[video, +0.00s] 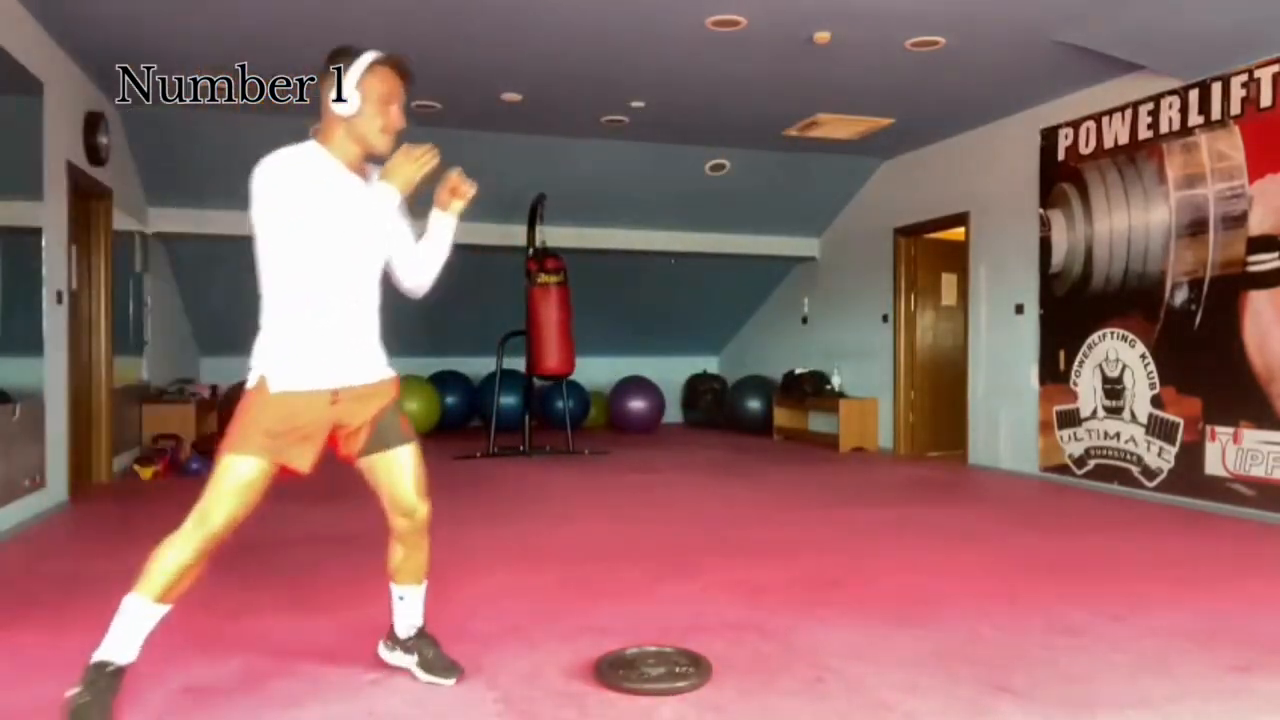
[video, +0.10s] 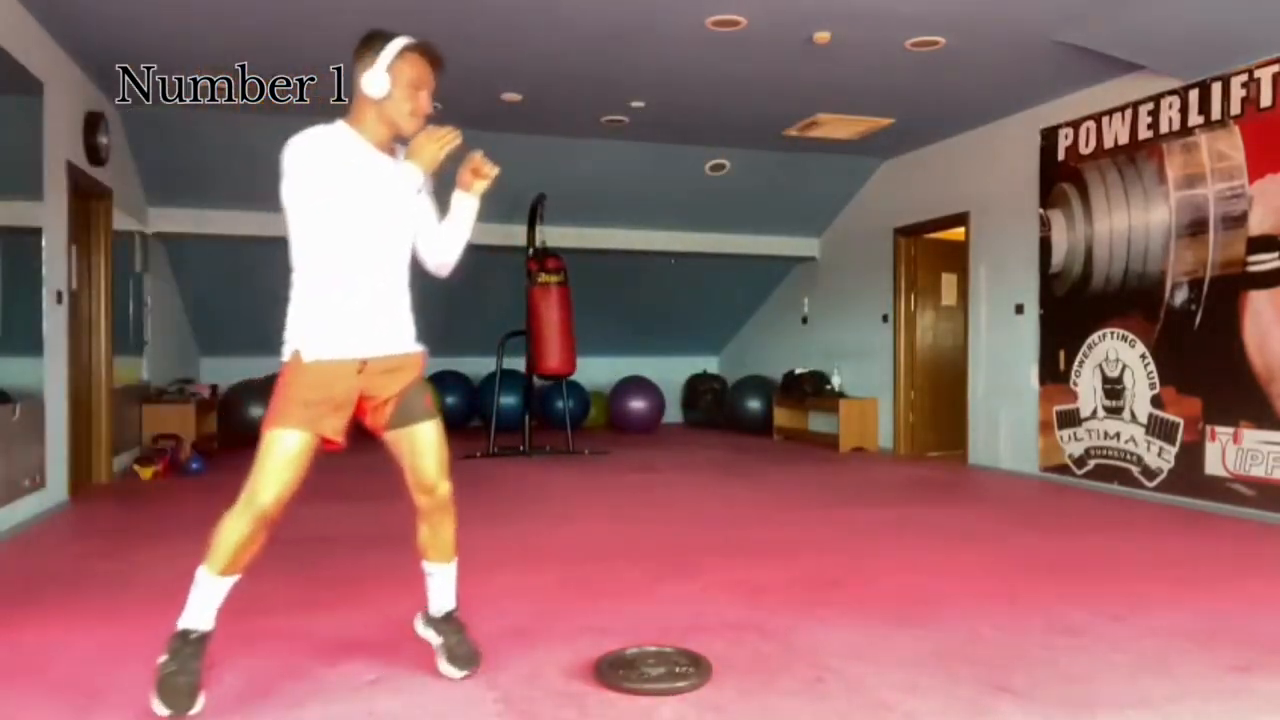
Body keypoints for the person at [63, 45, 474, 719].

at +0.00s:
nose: (400, 122)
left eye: (402, 109)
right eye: (388, 106)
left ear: (385, 113)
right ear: (342, 104)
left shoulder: (377, 193)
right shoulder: (279, 172)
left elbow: (415, 279)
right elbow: (323, 248)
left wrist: (445, 213)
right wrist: (394, 188)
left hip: (368, 384)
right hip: (286, 387)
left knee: (413, 510)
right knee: (209, 525)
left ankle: (407, 637)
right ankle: (110, 661)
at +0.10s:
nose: (425, 107)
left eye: (430, 95)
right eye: (416, 91)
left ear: (424, 100)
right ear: (373, 85)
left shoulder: (406, 168)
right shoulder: (309, 150)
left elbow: (440, 259)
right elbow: (340, 230)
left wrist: (468, 196)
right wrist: (414, 168)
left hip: (397, 358)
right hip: (318, 358)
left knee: (436, 488)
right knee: (264, 501)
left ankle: (442, 616)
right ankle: (191, 636)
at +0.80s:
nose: (343, 172)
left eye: (347, 160)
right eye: (333, 157)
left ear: (341, 164)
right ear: (288, 153)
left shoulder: (324, 240)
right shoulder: (215, 221)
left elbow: (343, 333)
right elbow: (254, 301)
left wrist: (380, 286)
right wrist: (329, 243)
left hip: (308, 422)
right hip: (224, 426)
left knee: (383, 542)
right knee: (181, 569)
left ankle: (323, 613)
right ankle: (118, 687)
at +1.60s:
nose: (345, 148)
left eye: (350, 137)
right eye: (334, 132)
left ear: (350, 143)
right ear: (295, 129)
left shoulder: (336, 213)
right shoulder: (227, 192)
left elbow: (372, 300)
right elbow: (268, 260)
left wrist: (403, 245)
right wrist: (338, 208)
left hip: (327, 387)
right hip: (246, 395)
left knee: (411, 497)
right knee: (191, 538)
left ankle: (404, 603)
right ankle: (126, 663)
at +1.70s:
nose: (316, 170)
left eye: (321, 158)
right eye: (305, 154)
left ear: (320, 162)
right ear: (263, 152)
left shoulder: (311, 230)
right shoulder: (196, 223)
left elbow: (329, 319)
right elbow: (233, 302)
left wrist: (389, 315)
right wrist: (309, 243)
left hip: (305, 412)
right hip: (219, 419)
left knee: (386, 520)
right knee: (167, 558)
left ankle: (367, 619)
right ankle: (123, 672)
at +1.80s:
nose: (315, 152)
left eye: (323, 141)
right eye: (305, 136)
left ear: (323, 147)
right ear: (263, 132)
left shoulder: (313, 206)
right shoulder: (196, 200)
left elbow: (334, 291)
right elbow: (234, 268)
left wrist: (410, 299)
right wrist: (310, 207)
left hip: (317, 393)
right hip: (229, 403)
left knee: (402, 503)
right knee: (174, 541)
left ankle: (396, 604)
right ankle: (125, 668)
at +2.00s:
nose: (365, 142)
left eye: (373, 132)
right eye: (355, 127)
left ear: (375, 134)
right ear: (315, 120)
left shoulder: (375, 191)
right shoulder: (255, 184)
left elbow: (447, 217)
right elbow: (295, 233)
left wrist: (490, 161)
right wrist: (367, 173)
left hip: (366, 376)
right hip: (279, 384)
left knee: (440, 492)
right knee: (222, 516)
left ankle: (485, 607)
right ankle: (168, 654)